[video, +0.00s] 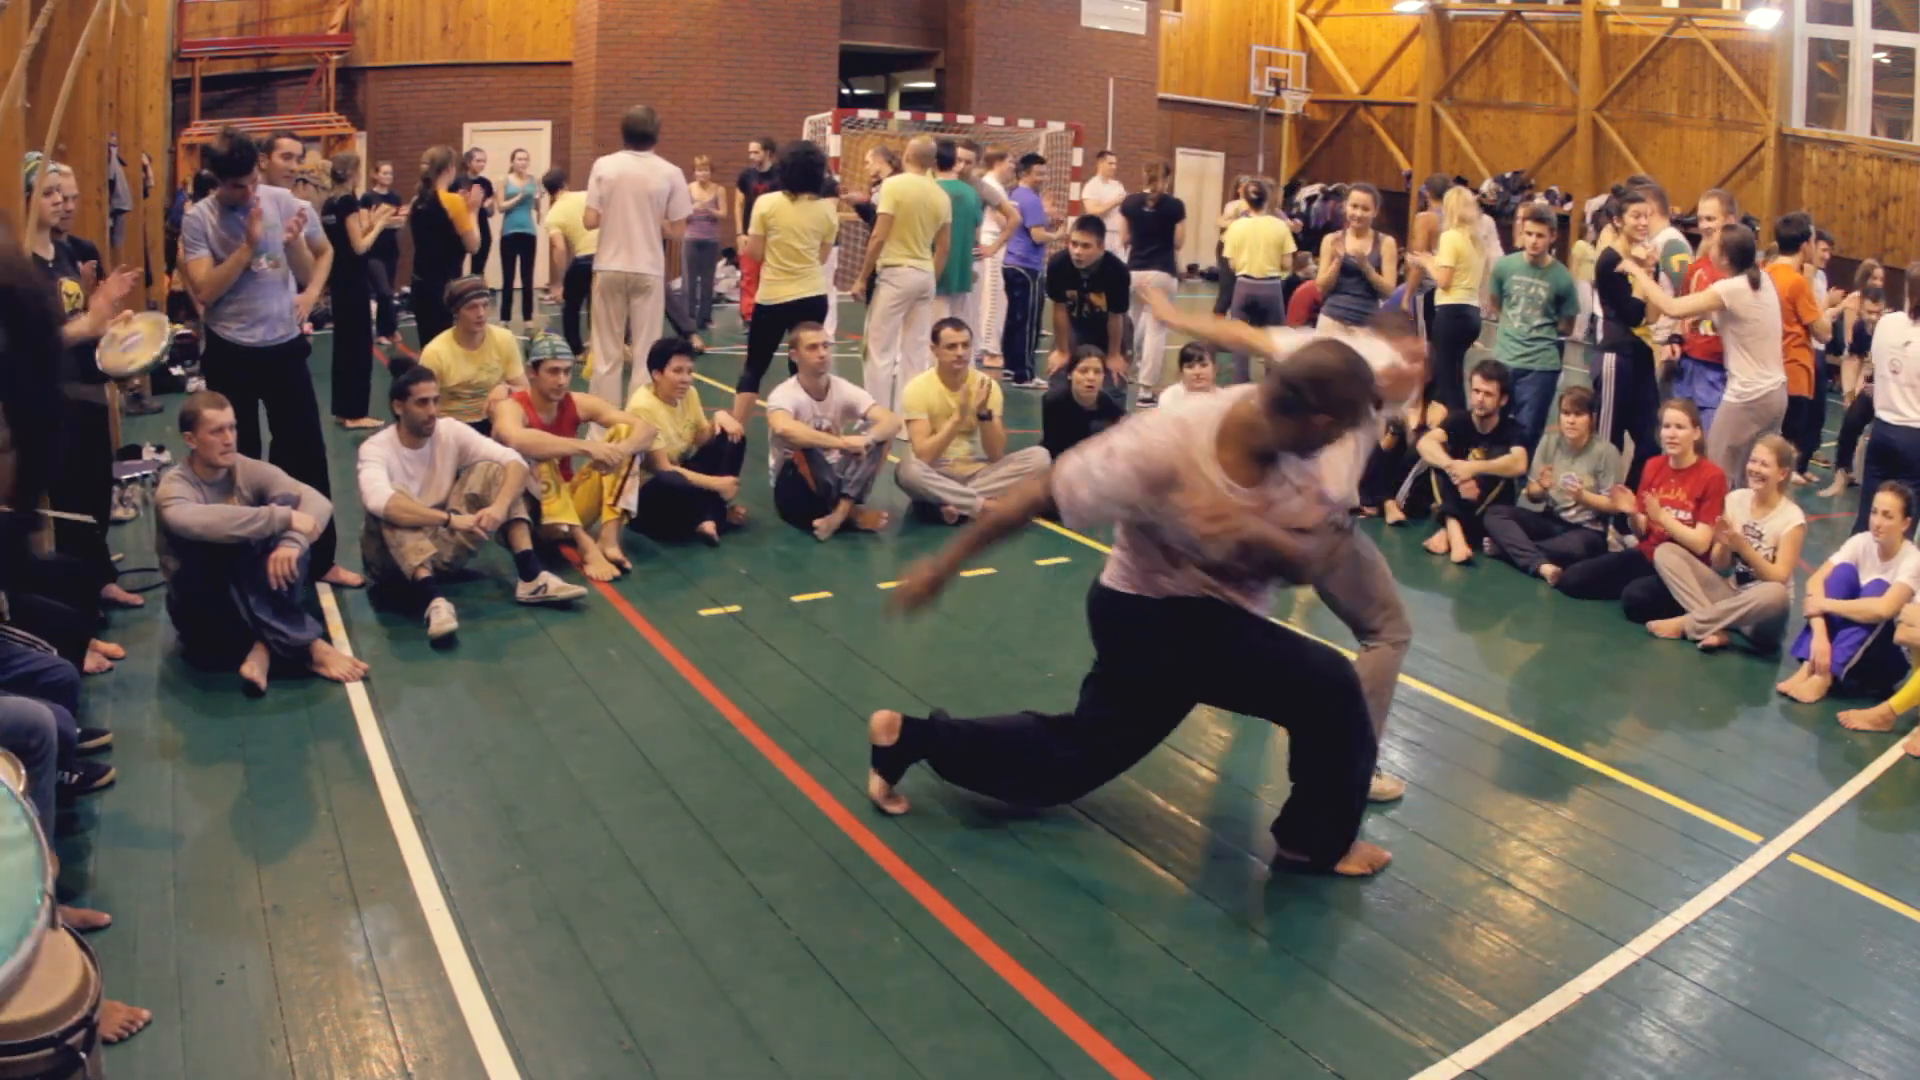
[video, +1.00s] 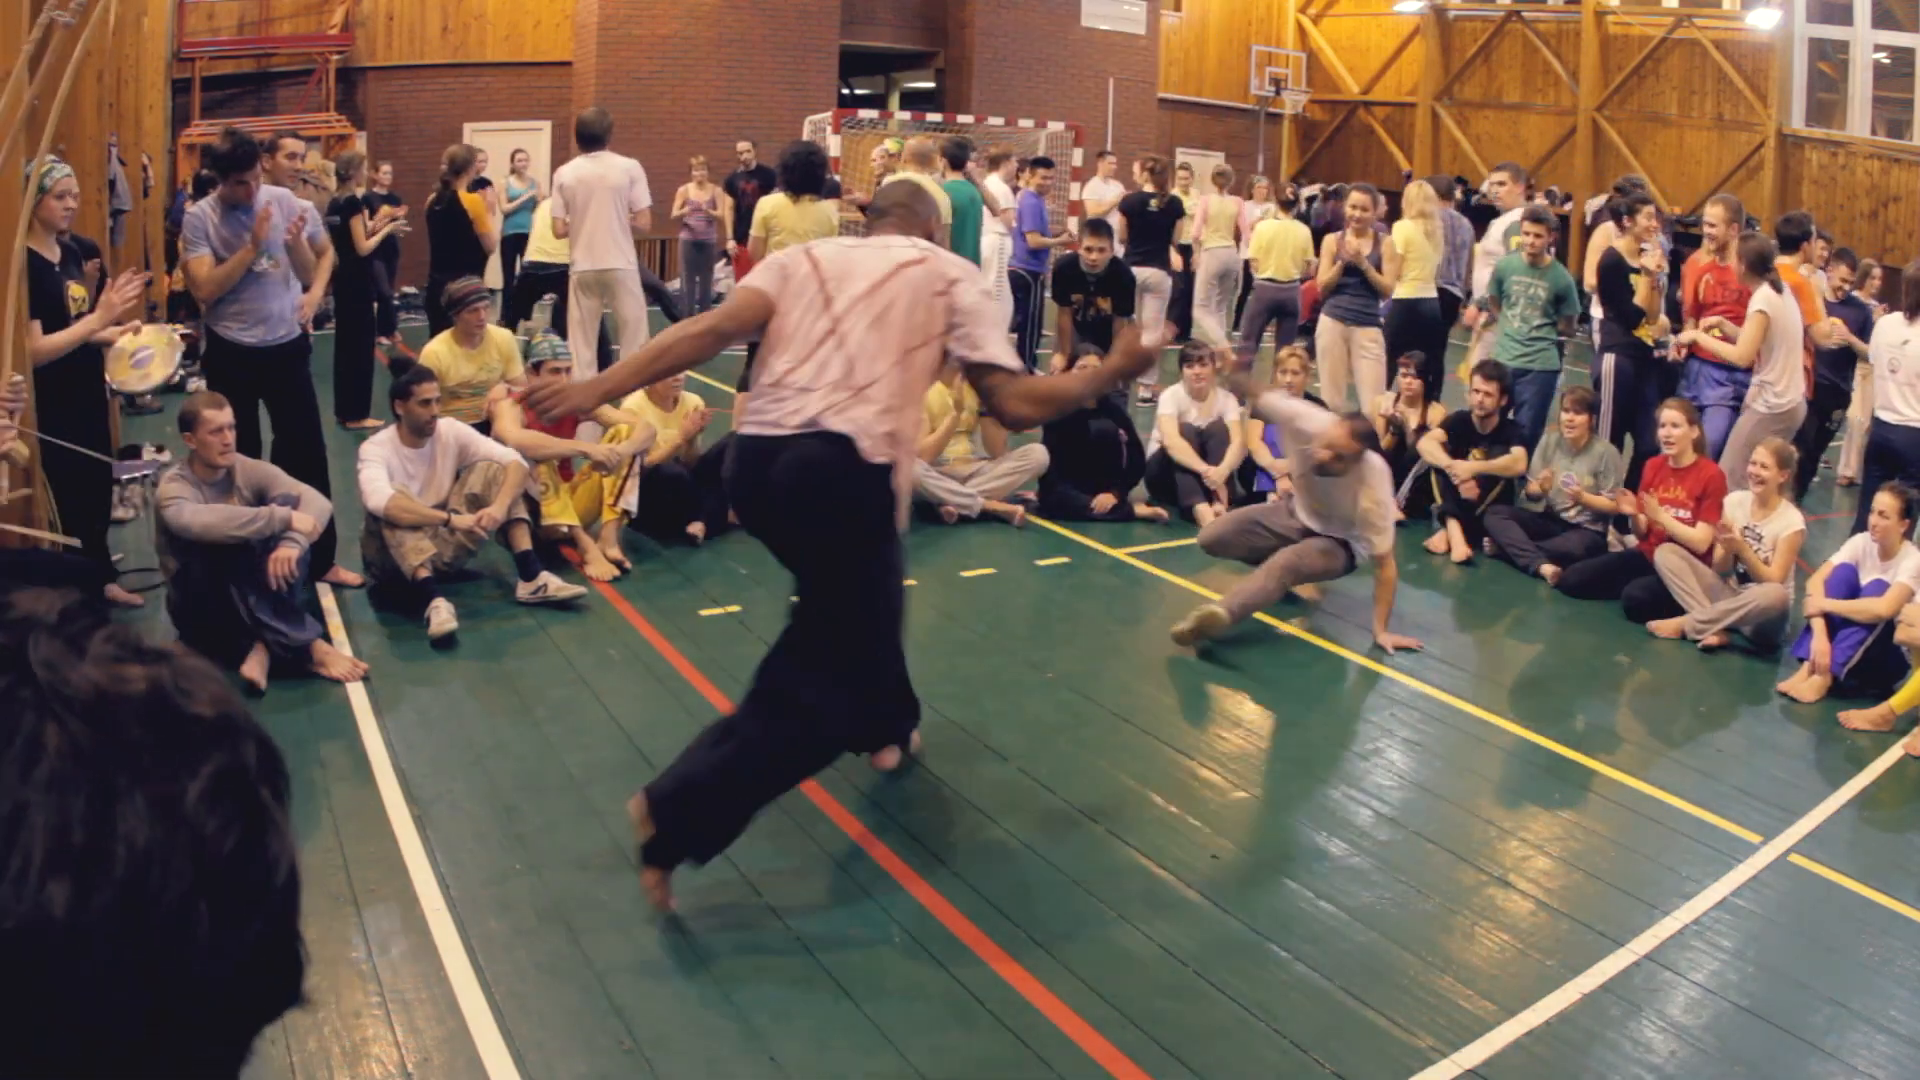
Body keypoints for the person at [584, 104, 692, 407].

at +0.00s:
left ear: (622, 133)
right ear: (656, 135)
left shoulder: (604, 167)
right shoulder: (670, 173)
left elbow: (590, 220)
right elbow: (678, 230)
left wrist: (617, 210)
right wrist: (652, 220)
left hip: (608, 268)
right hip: (649, 269)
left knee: (605, 351)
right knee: (647, 354)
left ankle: (600, 430)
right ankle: (639, 430)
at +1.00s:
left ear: (576, 137)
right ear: (609, 135)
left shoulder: (564, 173)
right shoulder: (630, 168)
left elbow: (559, 229)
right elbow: (644, 224)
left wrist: (585, 221)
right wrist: (617, 216)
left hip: (583, 266)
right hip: (620, 264)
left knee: (582, 344)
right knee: (633, 340)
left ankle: (584, 406)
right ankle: (633, 407)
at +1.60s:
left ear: (596, 142)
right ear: (629, 141)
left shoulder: (582, 175)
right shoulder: (649, 172)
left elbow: (575, 231)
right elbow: (666, 228)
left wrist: (603, 222)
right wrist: (635, 225)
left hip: (599, 267)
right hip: (638, 267)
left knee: (591, 349)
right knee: (660, 342)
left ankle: (582, 429)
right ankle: (671, 416)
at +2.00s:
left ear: (648, 138)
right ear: (679, 138)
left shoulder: (631, 168)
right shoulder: (697, 169)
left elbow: (615, 215)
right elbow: (706, 226)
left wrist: (624, 256)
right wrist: (700, 265)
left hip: (643, 259)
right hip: (684, 261)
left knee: (624, 342)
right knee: (690, 341)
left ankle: (604, 421)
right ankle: (691, 416)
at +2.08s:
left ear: (654, 138)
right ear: (685, 138)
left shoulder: (637, 168)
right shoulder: (703, 170)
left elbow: (623, 215)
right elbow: (712, 225)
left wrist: (630, 256)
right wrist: (707, 267)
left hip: (648, 257)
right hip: (688, 260)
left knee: (630, 339)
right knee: (692, 340)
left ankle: (615, 418)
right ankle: (692, 414)